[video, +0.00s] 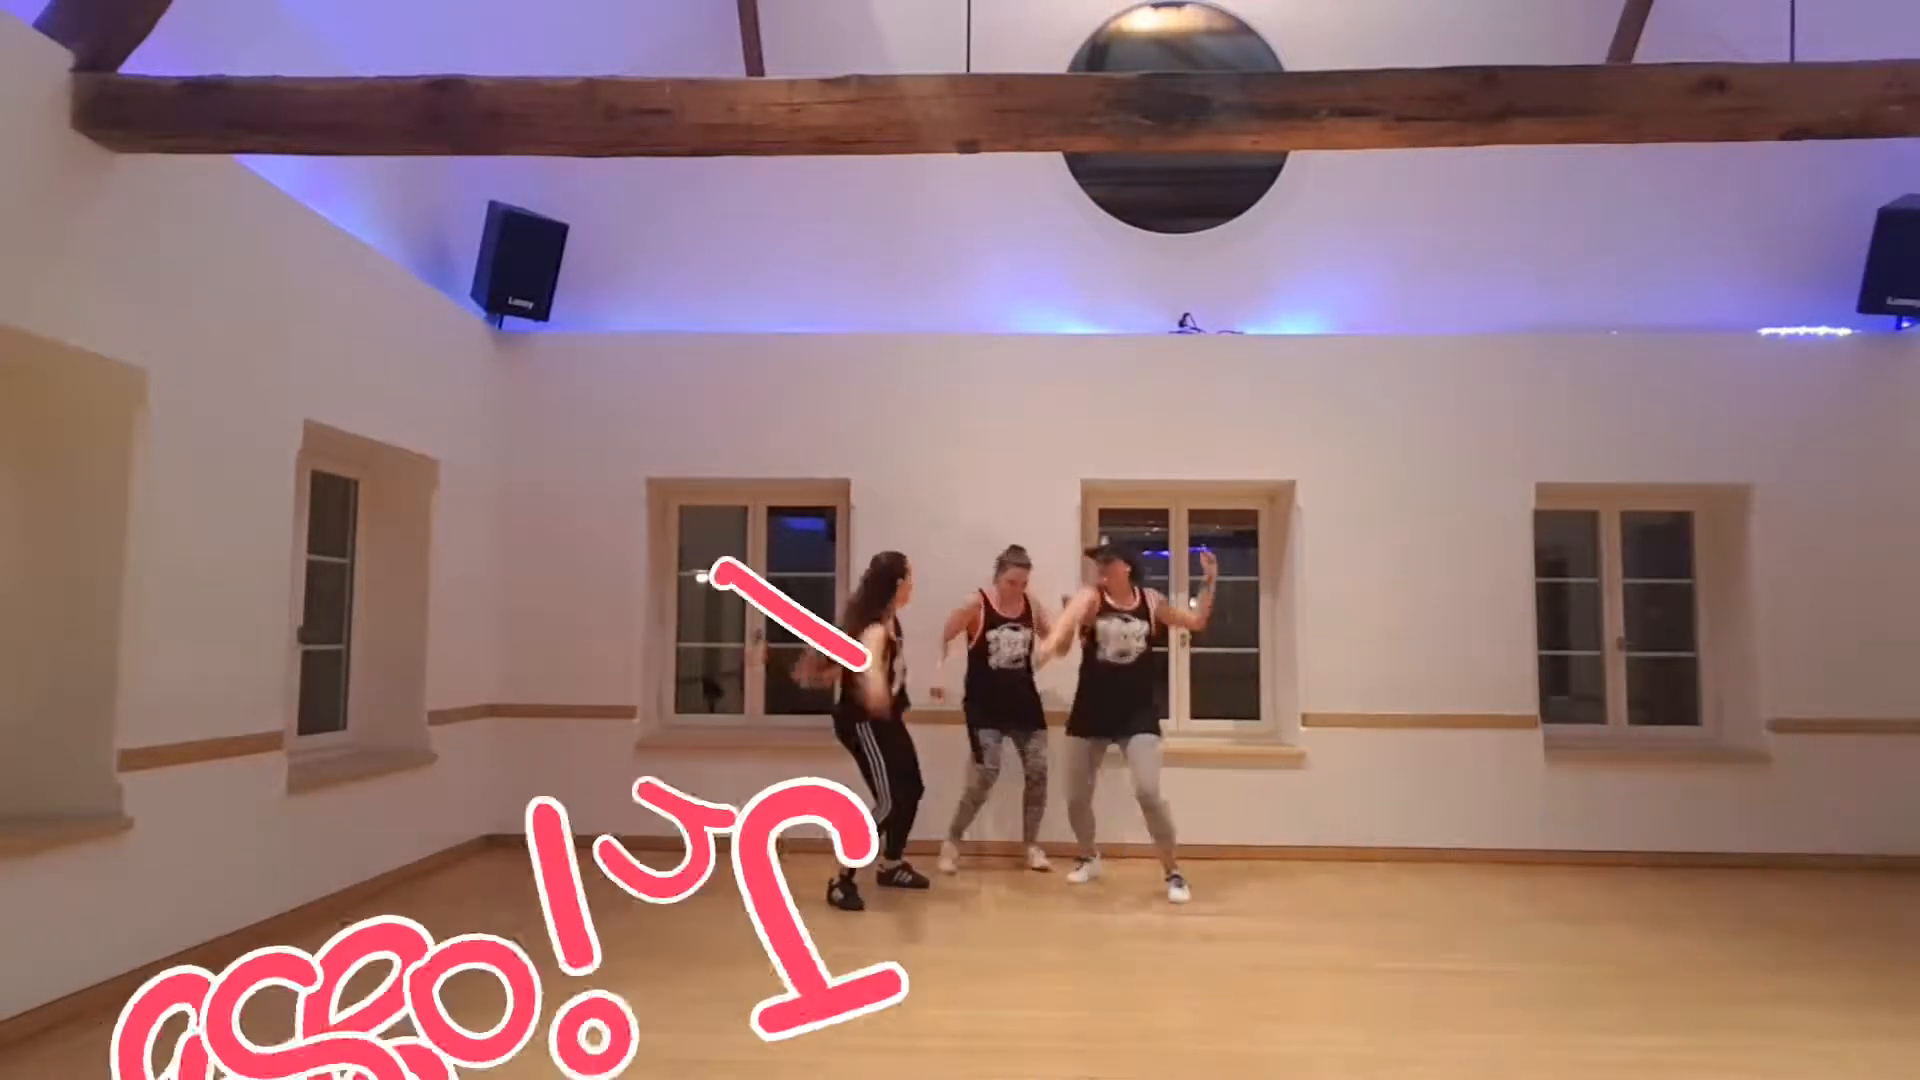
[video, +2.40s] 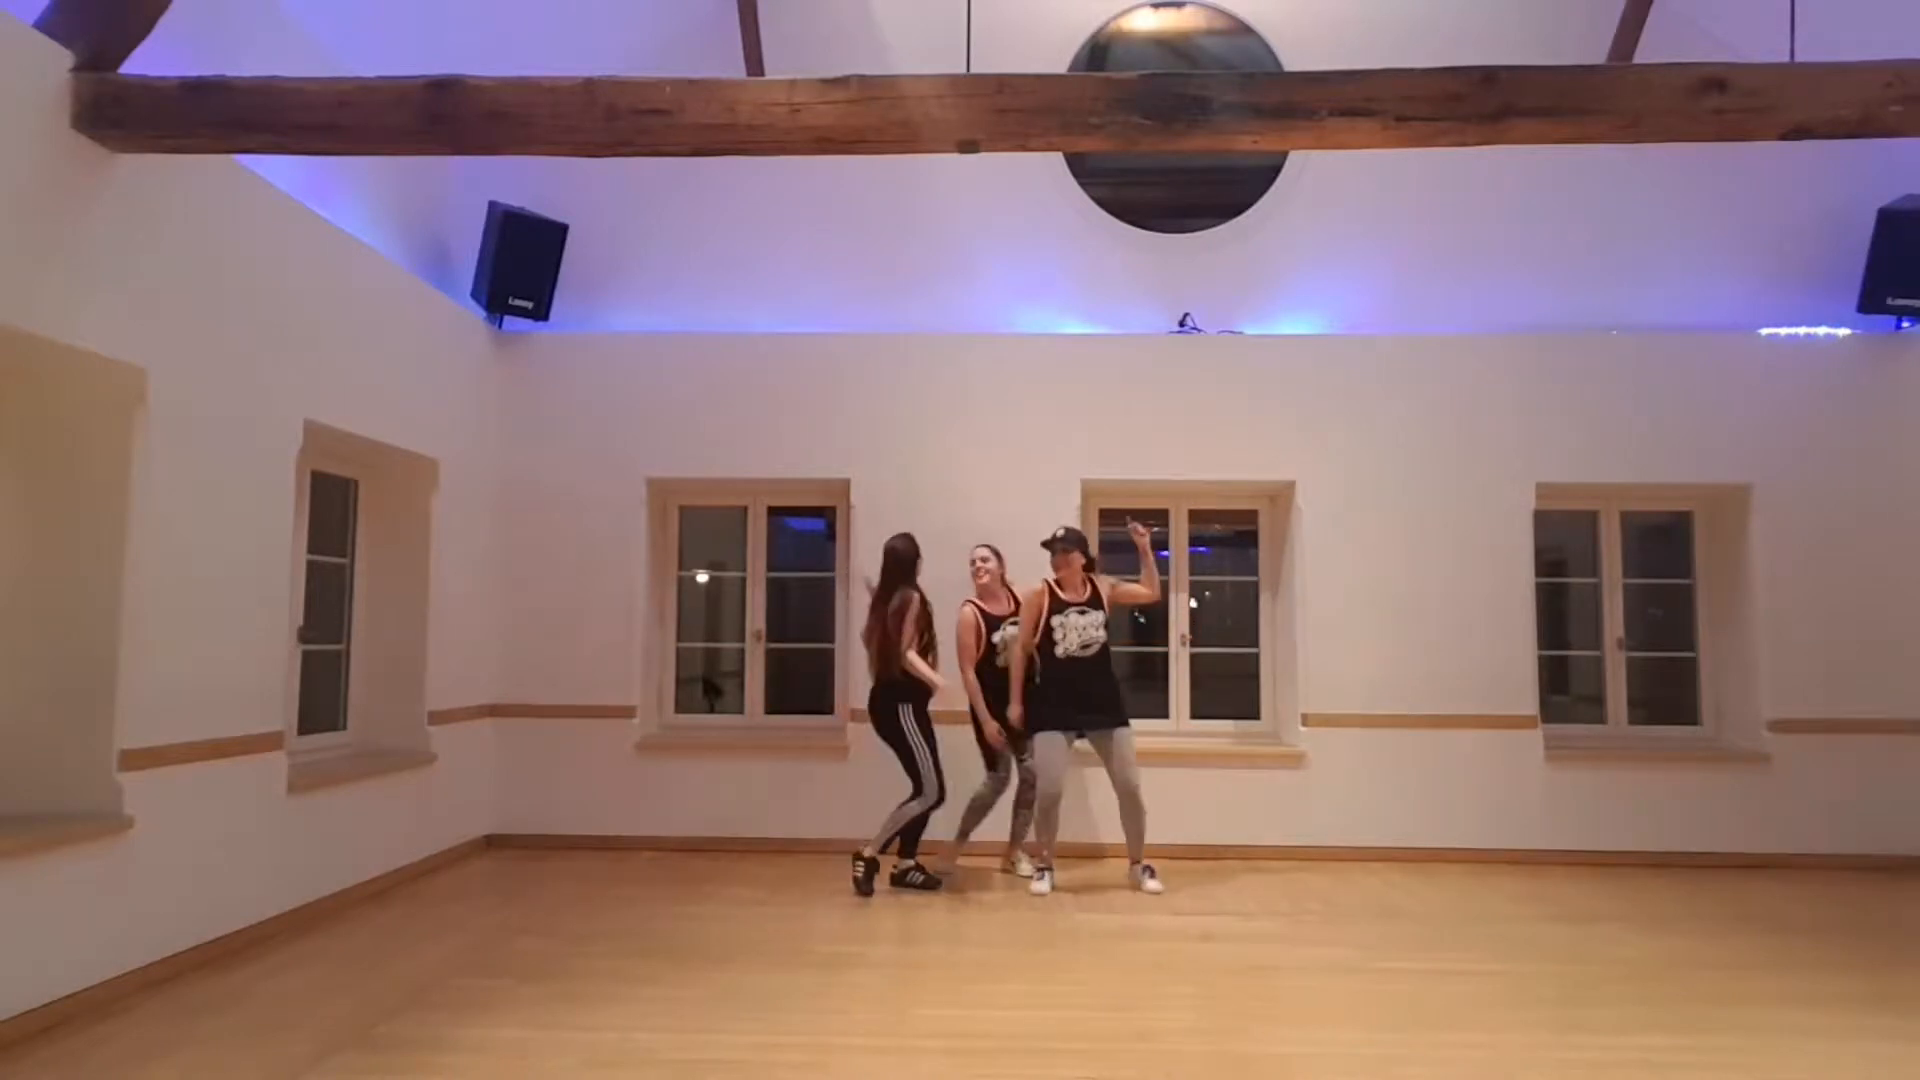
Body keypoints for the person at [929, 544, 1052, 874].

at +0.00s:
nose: (1018, 588)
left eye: (1023, 582)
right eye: (1013, 581)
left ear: (1029, 579)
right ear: (998, 576)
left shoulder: (1031, 605)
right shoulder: (976, 606)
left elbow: (1053, 640)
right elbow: (943, 638)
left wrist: (1068, 621)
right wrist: (938, 677)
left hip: (1023, 698)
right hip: (984, 700)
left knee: (1038, 770)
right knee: (986, 772)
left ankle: (1032, 844)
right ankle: (952, 841)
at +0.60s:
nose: (1021, 572)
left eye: (1028, 566)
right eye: (1017, 566)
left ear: (1040, 571)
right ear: (1009, 569)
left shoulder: (1049, 604)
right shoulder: (998, 599)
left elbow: (1043, 655)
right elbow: (980, 639)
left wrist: (1023, 618)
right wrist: (945, 645)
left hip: (1029, 699)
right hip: (992, 696)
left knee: (1024, 774)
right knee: (987, 770)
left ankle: (1028, 847)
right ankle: (987, 845)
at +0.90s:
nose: (1006, 561)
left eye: (1013, 556)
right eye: (1002, 556)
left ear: (1026, 562)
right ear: (995, 561)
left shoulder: (1035, 590)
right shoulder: (991, 593)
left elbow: (1030, 612)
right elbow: (973, 634)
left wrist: (991, 597)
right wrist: (934, 638)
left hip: (1022, 694)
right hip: (984, 691)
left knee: (1025, 769)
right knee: (961, 761)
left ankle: (1030, 845)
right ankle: (961, 841)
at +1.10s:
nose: (989, 561)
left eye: (997, 557)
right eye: (984, 555)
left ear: (1008, 565)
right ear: (976, 562)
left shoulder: (1014, 590)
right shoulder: (968, 597)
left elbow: (1019, 616)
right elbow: (946, 635)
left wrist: (1005, 637)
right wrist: (921, 644)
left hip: (1001, 690)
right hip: (961, 690)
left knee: (1028, 762)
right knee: (952, 767)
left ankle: (1033, 842)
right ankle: (948, 844)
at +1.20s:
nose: (981, 566)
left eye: (987, 562)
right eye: (976, 561)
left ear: (996, 570)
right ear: (966, 567)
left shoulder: (1005, 602)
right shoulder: (953, 606)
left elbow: (1017, 643)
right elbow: (931, 647)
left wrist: (1014, 682)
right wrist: (904, 667)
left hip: (992, 701)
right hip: (952, 701)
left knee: (1023, 771)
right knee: (946, 776)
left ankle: (1033, 844)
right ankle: (949, 847)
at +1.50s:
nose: (969, 560)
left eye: (972, 554)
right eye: (961, 555)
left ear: (977, 560)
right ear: (944, 563)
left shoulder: (990, 597)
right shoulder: (931, 605)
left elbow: (1011, 644)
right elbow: (926, 658)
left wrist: (1030, 680)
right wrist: (941, 699)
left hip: (987, 694)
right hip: (947, 696)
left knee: (995, 769)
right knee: (948, 775)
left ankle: (1002, 844)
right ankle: (949, 845)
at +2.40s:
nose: (980, 567)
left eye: (986, 560)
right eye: (975, 563)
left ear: (1002, 567)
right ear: (971, 572)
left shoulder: (1018, 601)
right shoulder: (970, 613)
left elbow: (1035, 648)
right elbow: (967, 669)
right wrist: (986, 719)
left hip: (1023, 693)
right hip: (989, 700)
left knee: (1030, 773)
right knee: (999, 777)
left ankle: (1015, 849)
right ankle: (957, 844)